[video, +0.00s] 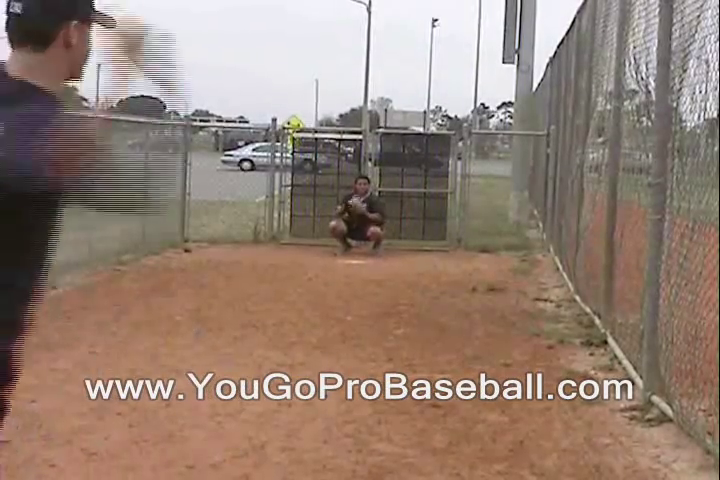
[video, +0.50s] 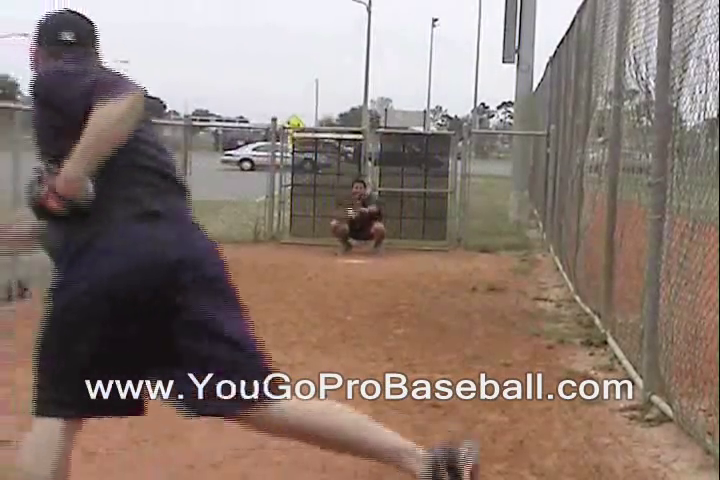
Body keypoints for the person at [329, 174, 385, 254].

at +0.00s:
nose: (362, 187)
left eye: (365, 184)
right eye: (359, 184)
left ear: (368, 186)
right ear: (355, 186)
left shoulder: (374, 200)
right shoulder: (348, 198)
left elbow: (380, 218)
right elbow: (338, 215)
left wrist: (364, 212)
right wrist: (343, 210)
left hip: (366, 226)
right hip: (351, 226)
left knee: (375, 231)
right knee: (334, 226)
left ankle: (376, 245)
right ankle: (346, 245)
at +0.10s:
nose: (362, 187)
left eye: (364, 184)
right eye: (359, 184)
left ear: (368, 186)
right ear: (355, 186)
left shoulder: (374, 200)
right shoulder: (348, 197)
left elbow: (378, 219)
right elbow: (335, 214)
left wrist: (362, 212)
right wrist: (343, 211)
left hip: (365, 226)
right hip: (350, 225)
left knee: (375, 231)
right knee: (334, 225)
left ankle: (376, 245)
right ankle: (346, 245)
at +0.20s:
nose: (361, 187)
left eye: (364, 184)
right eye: (359, 184)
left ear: (368, 186)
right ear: (354, 186)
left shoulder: (374, 200)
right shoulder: (349, 197)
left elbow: (378, 219)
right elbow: (338, 214)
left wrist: (364, 208)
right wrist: (351, 207)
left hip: (366, 227)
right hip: (350, 226)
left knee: (376, 230)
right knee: (334, 225)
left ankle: (376, 245)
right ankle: (346, 245)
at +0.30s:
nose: (361, 187)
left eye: (364, 184)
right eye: (358, 184)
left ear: (368, 187)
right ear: (354, 187)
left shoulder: (374, 199)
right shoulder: (348, 198)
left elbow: (378, 218)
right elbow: (336, 214)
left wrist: (366, 206)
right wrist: (350, 207)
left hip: (366, 228)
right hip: (350, 227)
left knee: (377, 230)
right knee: (334, 225)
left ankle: (376, 246)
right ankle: (346, 245)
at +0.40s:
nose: (360, 189)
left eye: (362, 186)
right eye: (357, 186)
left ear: (366, 188)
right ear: (353, 188)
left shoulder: (372, 199)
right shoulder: (347, 198)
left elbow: (376, 216)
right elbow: (338, 213)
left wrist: (363, 205)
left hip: (367, 228)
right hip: (351, 228)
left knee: (378, 229)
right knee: (334, 226)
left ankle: (376, 246)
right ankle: (346, 245)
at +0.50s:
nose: (358, 191)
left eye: (361, 188)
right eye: (356, 188)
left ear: (365, 190)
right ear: (352, 190)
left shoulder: (369, 201)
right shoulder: (347, 202)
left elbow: (375, 209)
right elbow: (336, 214)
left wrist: (366, 211)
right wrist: (348, 215)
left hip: (367, 230)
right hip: (350, 229)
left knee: (379, 228)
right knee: (336, 226)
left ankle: (377, 246)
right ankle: (346, 245)